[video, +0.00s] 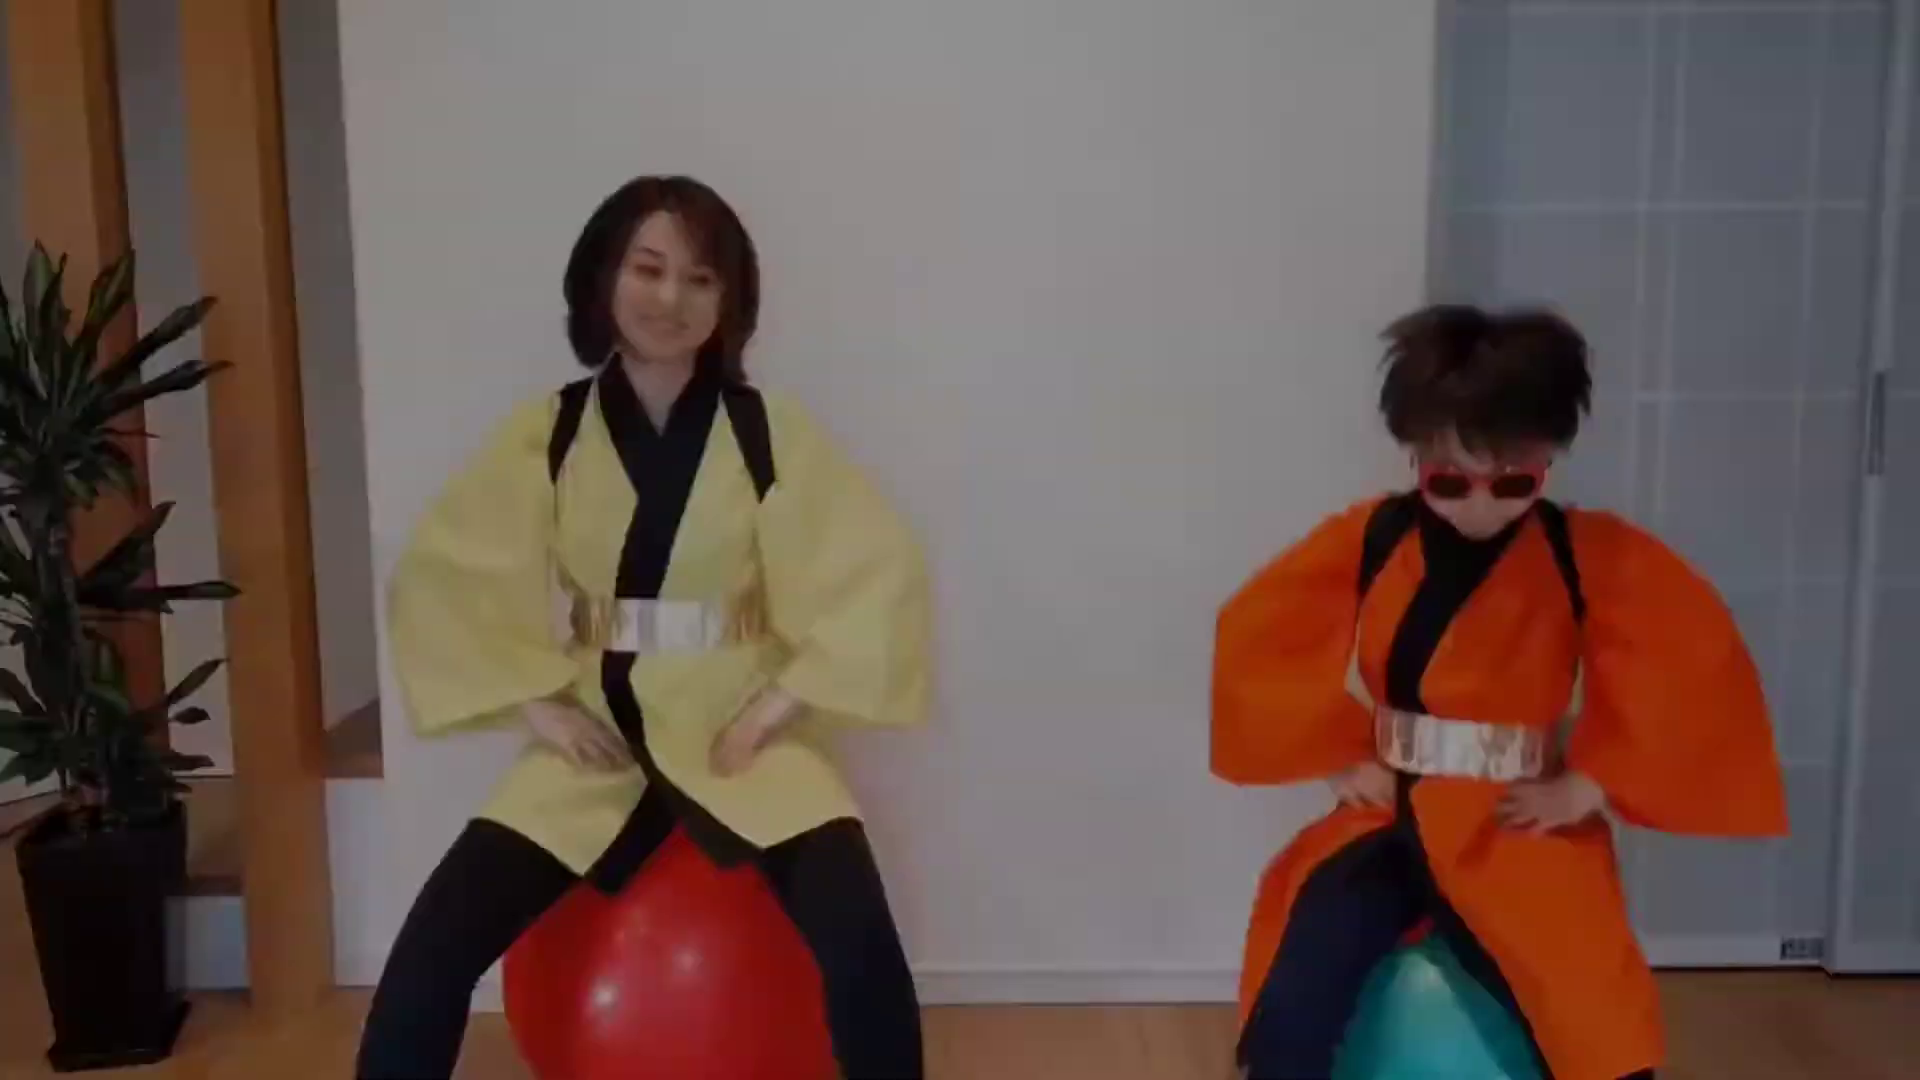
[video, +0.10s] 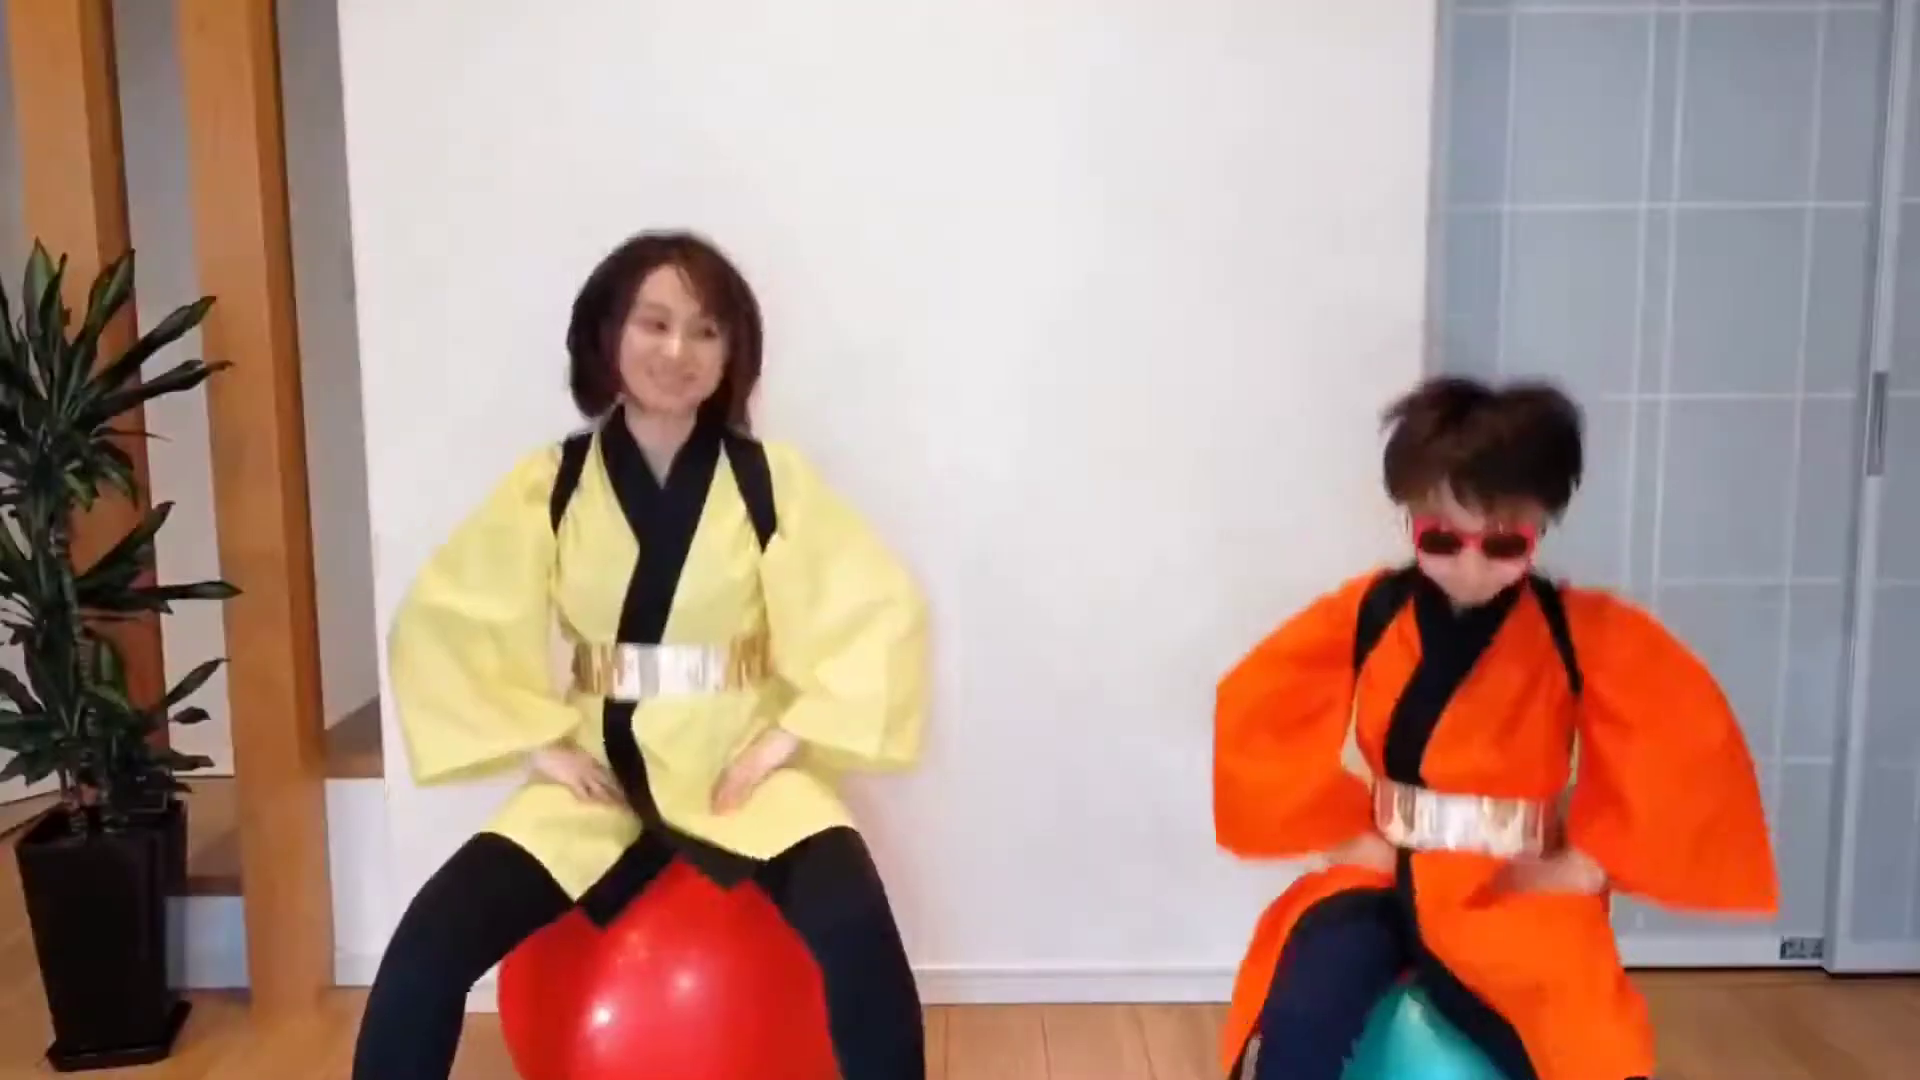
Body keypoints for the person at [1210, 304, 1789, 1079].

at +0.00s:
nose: (1478, 509)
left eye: (1511, 484)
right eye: (1448, 481)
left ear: (1552, 456)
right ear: (1411, 451)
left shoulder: (1592, 555)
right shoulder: (1370, 539)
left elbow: (1696, 670)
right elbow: (1255, 635)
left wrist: (1591, 782)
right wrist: (1338, 751)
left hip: (1524, 830)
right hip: (1385, 819)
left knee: (1601, 1009)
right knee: (1309, 945)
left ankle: (1614, 1070)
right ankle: (1276, 1064)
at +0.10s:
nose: (1471, 571)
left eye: (1505, 546)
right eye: (1441, 541)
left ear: (1544, 529)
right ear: (1408, 521)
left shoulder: (1583, 633)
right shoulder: (1373, 611)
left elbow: (1688, 750)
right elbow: (1253, 707)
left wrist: (1589, 863)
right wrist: (1339, 823)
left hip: (1511, 898)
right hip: (1378, 880)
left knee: (1585, 1048)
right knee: (1320, 968)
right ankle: (1284, 1061)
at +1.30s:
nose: (1467, 522)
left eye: (1499, 498)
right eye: (1438, 495)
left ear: (1537, 523)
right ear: (1406, 514)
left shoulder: (1579, 648)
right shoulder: (1369, 631)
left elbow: (1700, 774)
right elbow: (1258, 743)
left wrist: (1591, 879)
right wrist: (1348, 851)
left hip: (1520, 918)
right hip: (1386, 901)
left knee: (1590, 1057)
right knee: (1317, 1012)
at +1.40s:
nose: (1470, 437)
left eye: (1504, 413)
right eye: (1442, 410)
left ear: (1543, 441)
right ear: (1407, 426)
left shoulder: (1585, 563)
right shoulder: (1366, 549)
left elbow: (1695, 697)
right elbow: (1263, 669)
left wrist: (1587, 806)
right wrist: (1351, 792)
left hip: (1524, 849)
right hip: (1389, 837)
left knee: (1554, 1039)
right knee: (1319, 997)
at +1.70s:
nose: (1460, 549)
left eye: (1491, 527)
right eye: (1432, 527)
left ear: (1530, 547)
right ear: (1398, 541)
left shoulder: (1570, 669)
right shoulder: (1362, 653)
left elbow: (1694, 786)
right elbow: (1251, 755)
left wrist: (1578, 883)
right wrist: (1351, 851)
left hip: (1514, 927)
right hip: (1379, 913)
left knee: (1599, 1060)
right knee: (1304, 1009)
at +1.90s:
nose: (1452, 470)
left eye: (1486, 445)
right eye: (1423, 445)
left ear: (1525, 472)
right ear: (1390, 467)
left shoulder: (1569, 597)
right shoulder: (1362, 585)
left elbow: (1691, 719)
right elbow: (1254, 685)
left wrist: (1573, 833)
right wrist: (1343, 811)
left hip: (1517, 873)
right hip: (1380, 858)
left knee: (1611, 1049)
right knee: (1304, 998)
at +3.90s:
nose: (1465, 562)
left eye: (1496, 540)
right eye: (1435, 538)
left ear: (1528, 563)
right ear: (1393, 558)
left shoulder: (1563, 684)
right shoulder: (1355, 666)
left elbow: (1685, 804)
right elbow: (1234, 758)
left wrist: (1570, 896)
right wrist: (1332, 865)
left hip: (1506, 930)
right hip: (1376, 915)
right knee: (1332, 973)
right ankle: (1286, 1065)